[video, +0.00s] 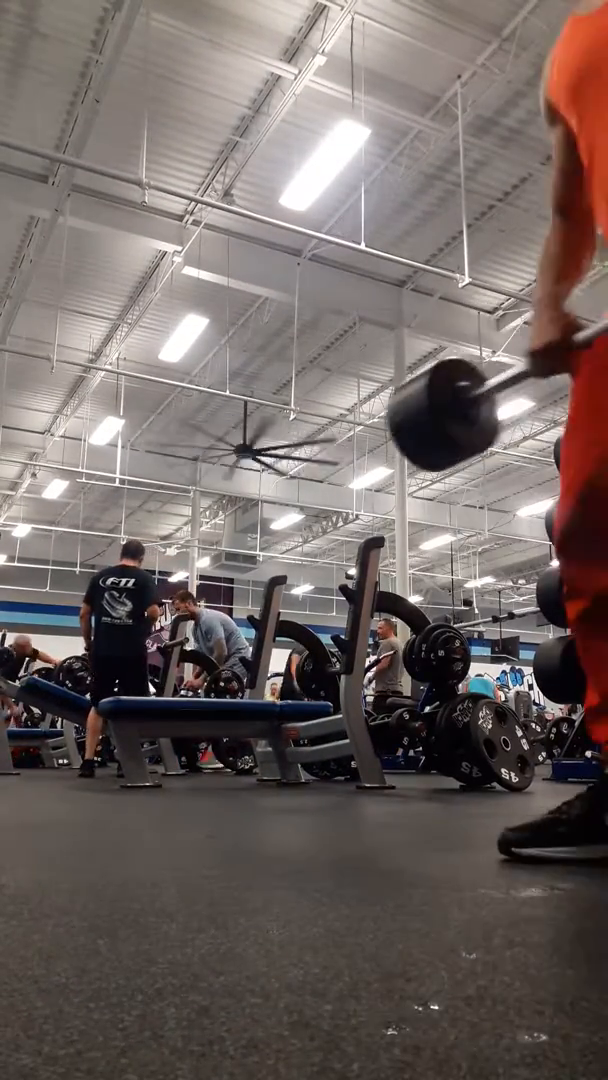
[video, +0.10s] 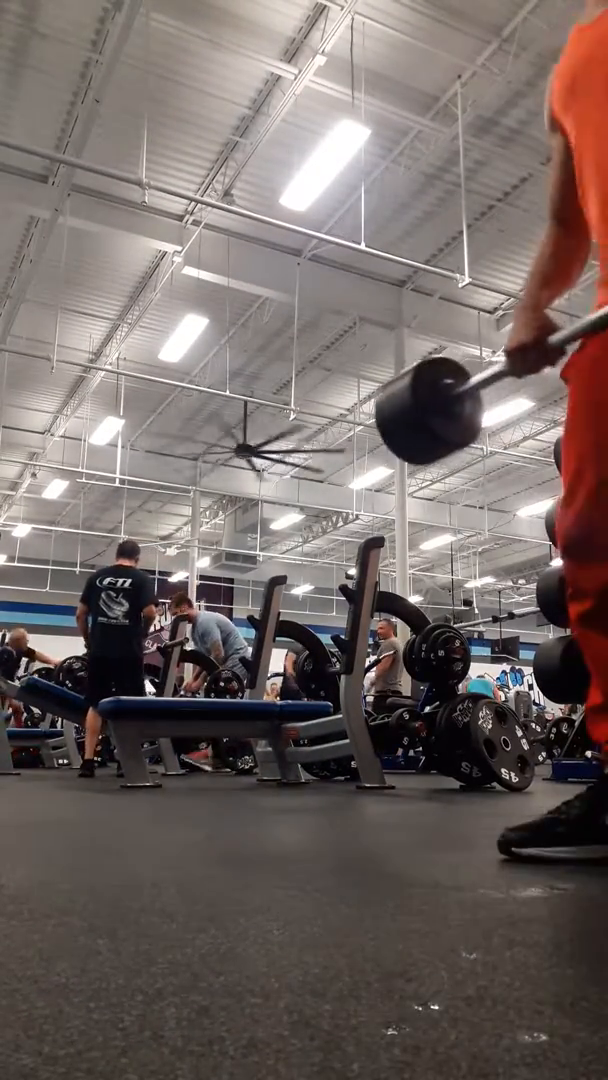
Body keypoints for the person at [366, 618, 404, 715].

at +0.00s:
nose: (378, 631)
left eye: (380, 628)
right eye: (378, 628)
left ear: (389, 628)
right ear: (389, 629)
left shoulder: (387, 643)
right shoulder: (397, 643)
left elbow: (384, 664)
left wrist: (371, 676)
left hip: (384, 692)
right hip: (396, 691)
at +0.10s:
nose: (378, 631)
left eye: (381, 628)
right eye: (378, 628)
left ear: (390, 629)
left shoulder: (389, 643)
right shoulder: (396, 643)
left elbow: (384, 666)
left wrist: (372, 680)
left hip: (385, 692)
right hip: (394, 691)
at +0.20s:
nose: (380, 631)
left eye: (383, 628)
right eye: (379, 629)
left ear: (391, 630)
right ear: (377, 630)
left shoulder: (390, 644)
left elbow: (387, 667)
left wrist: (378, 685)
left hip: (387, 691)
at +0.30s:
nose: (382, 631)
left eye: (385, 628)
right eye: (380, 629)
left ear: (391, 630)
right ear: (377, 631)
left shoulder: (393, 644)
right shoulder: (383, 646)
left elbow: (396, 661)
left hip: (389, 690)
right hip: (382, 689)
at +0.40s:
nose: (382, 631)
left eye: (385, 628)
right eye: (380, 628)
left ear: (390, 630)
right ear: (377, 631)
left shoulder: (394, 644)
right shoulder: (379, 647)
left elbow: (401, 662)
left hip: (390, 688)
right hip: (380, 687)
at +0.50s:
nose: (381, 631)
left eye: (384, 628)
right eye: (379, 628)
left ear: (389, 630)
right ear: (376, 631)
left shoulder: (394, 643)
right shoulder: (377, 648)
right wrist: (377, 686)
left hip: (391, 689)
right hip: (380, 688)